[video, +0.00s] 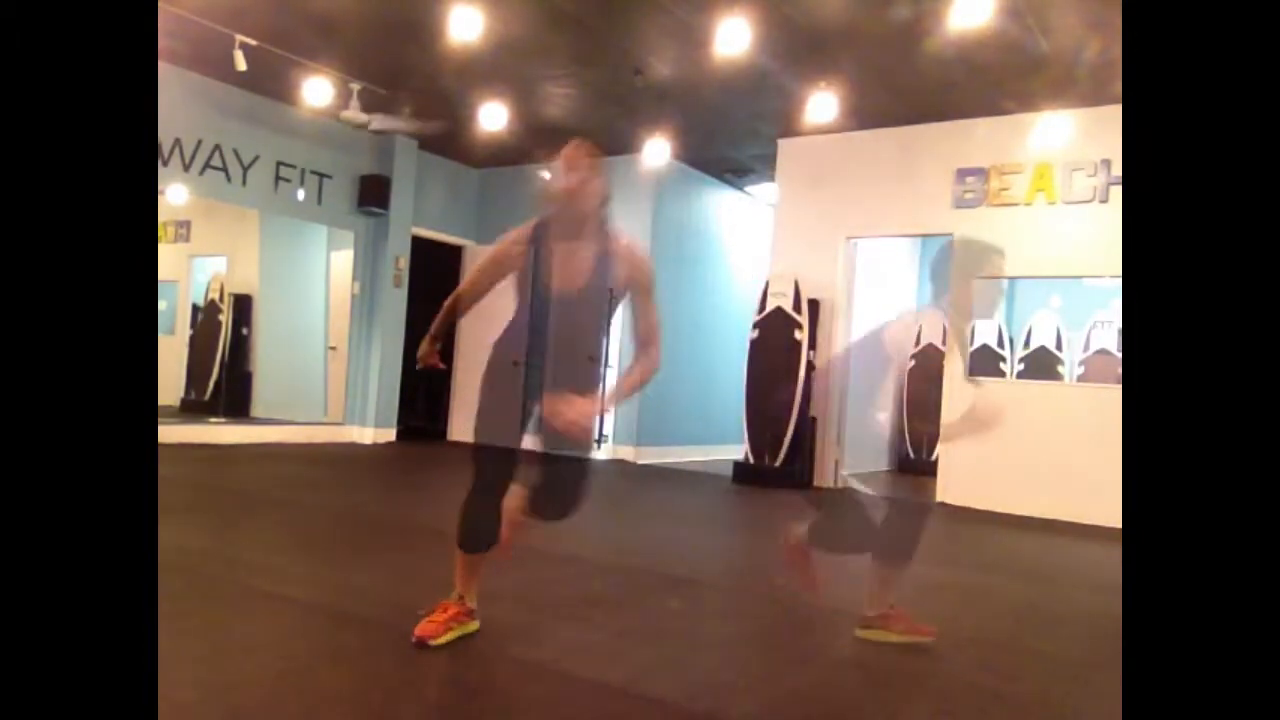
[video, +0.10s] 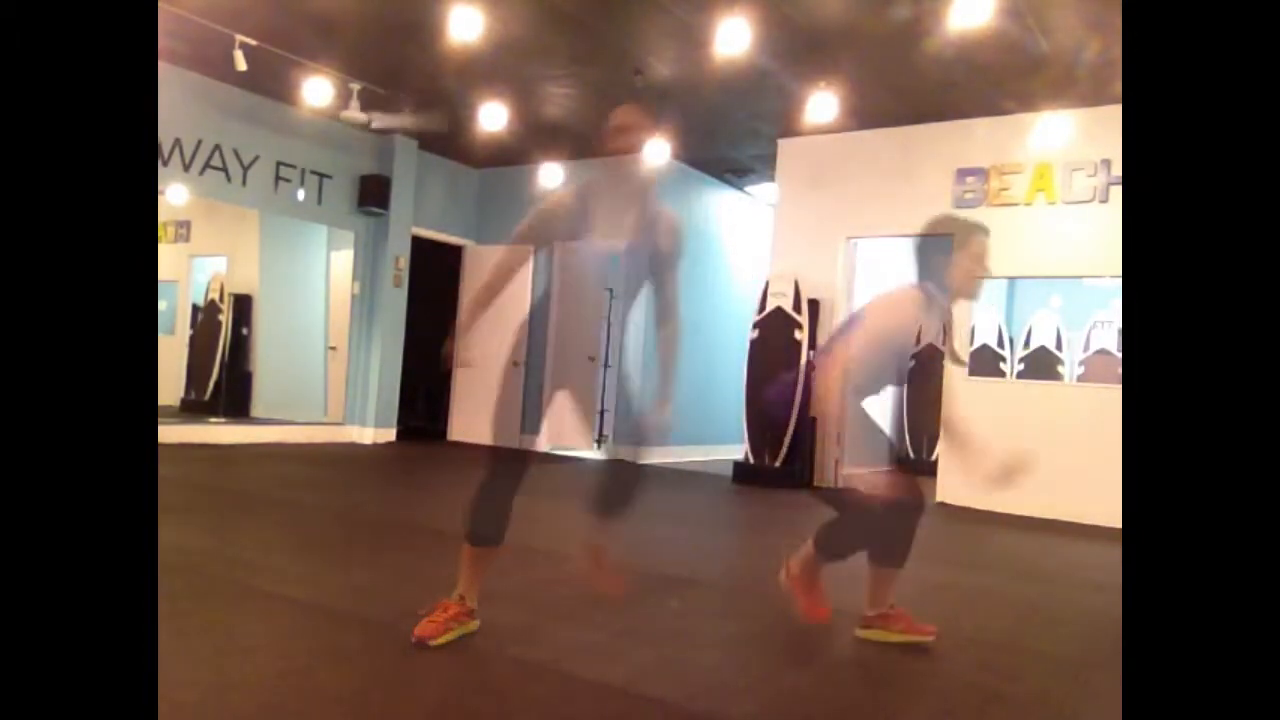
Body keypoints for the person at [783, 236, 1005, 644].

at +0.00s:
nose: (999, 290)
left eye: (1000, 280)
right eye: (992, 280)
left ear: (968, 284)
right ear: (962, 281)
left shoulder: (952, 335)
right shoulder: (930, 333)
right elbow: (916, 437)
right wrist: (965, 425)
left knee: (904, 520)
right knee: (876, 529)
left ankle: (880, 609)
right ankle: (801, 539)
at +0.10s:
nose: (984, 269)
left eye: (984, 258)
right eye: (975, 257)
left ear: (957, 262)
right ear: (944, 258)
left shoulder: (937, 317)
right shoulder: (904, 308)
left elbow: (938, 405)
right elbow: (834, 371)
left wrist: (985, 462)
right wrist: (865, 462)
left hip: (847, 414)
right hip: (811, 416)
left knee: (904, 498)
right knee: (871, 506)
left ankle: (878, 610)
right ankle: (802, 567)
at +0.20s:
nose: (961, 246)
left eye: (961, 235)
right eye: (951, 234)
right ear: (915, 238)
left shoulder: (943, 303)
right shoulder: (873, 290)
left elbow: (994, 346)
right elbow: (786, 306)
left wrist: (1006, 333)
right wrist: (750, 381)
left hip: (864, 415)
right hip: (824, 410)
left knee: (905, 505)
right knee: (851, 499)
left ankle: (879, 613)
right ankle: (768, 587)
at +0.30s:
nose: (933, 202)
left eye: (936, 191)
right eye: (924, 189)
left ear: (928, 201)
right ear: (888, 192)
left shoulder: (916, 263)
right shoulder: (841, 246)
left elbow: (1015, 289)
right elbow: (731, 255)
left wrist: (971, 250)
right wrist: (689, 302)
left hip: (817, 399)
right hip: (767, 387)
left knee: (884, 509)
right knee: (789, 471)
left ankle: (880, 615)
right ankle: (697, 581)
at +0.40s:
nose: (907, 163)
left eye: (911, 152)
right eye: (898, 149)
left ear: (894, 161)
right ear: (858, 150)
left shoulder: (885, 233)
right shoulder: (808, 208)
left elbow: (967, 291)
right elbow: (700, 239)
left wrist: (943, 241)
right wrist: (641, 310)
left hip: (784, 373)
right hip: (727, 358)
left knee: (820, 480)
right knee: (732, 465)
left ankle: (870, 594)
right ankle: (623, 602)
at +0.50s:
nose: (872, 165)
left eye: (875, 153)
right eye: (861, 150)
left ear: (855, 163)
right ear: (819, 154)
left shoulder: (836, 244)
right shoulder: (763, 213)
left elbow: (912, 328)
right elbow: (652, 259)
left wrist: (904, 260)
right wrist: (586, 333)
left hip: (734, 383)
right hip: (674, 369)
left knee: (797, 494)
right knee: (672, 492)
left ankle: (767, 565)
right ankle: (575, 670)